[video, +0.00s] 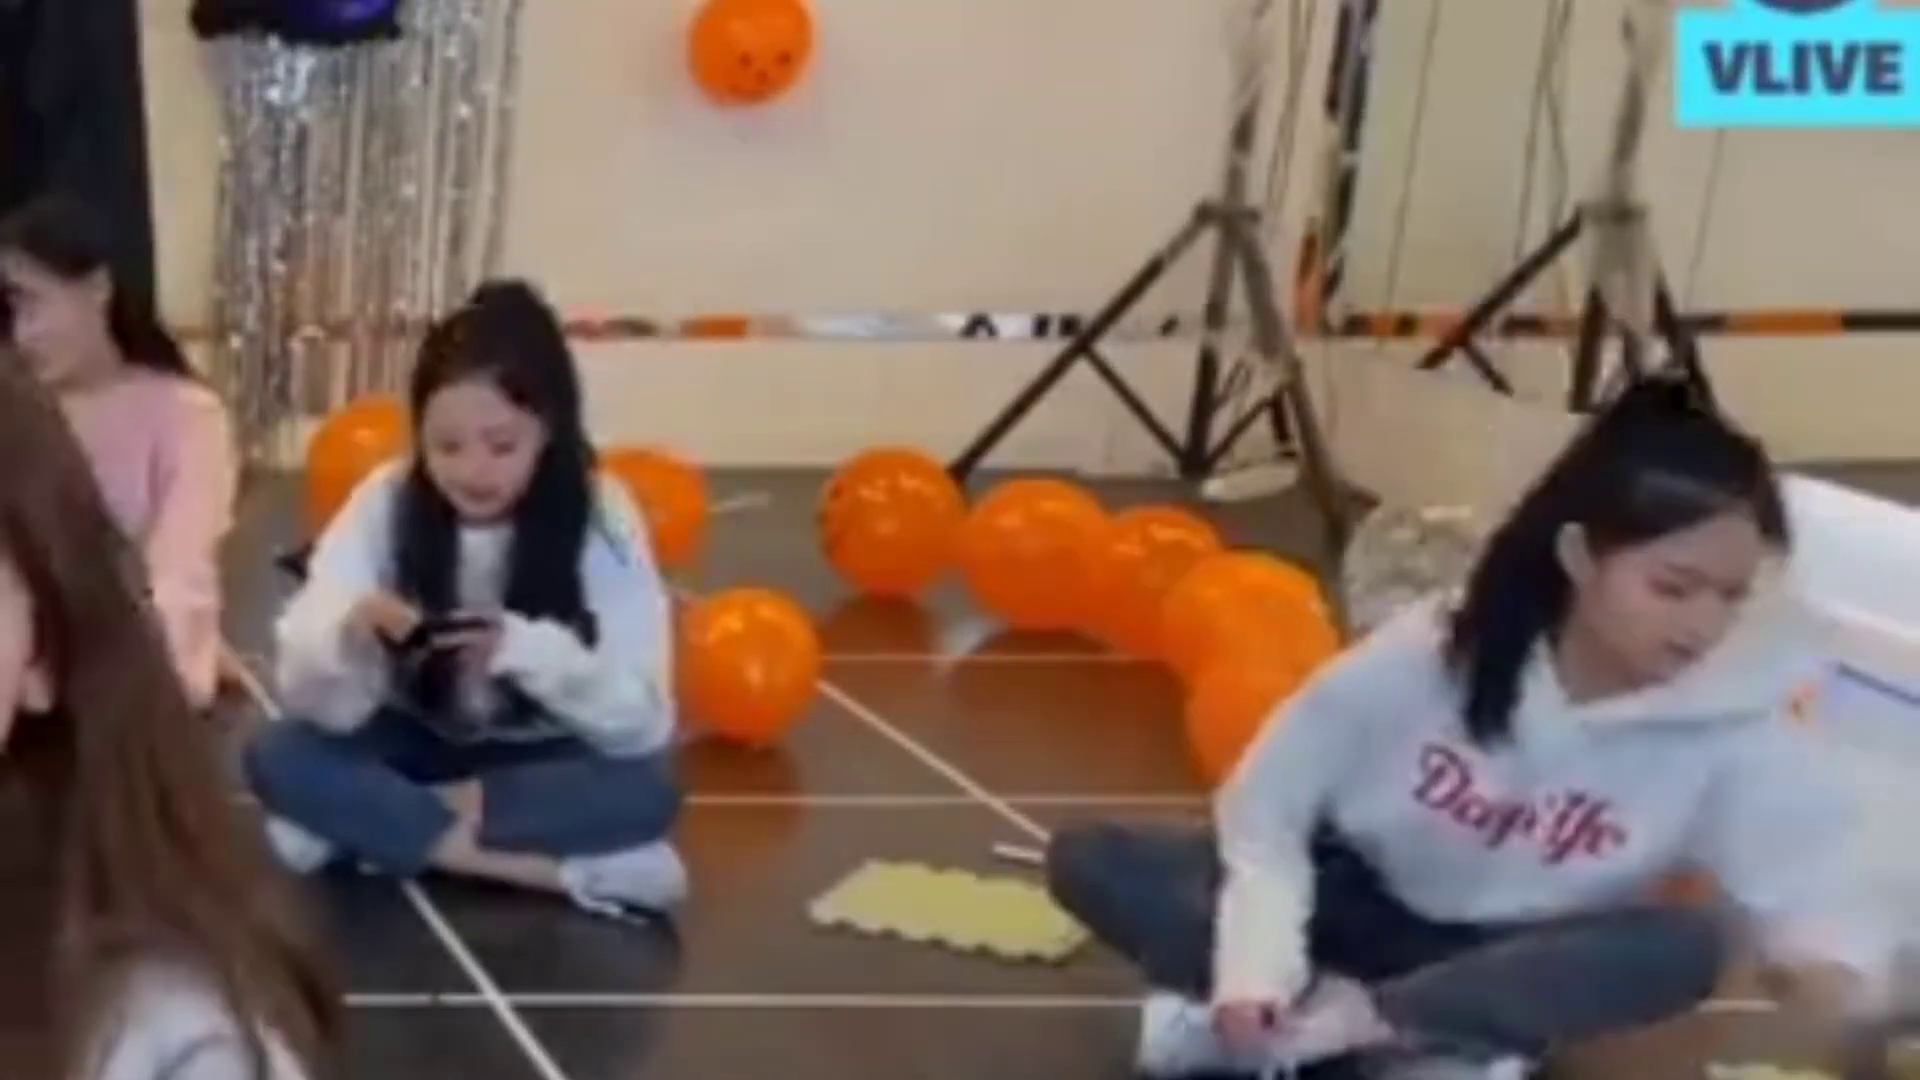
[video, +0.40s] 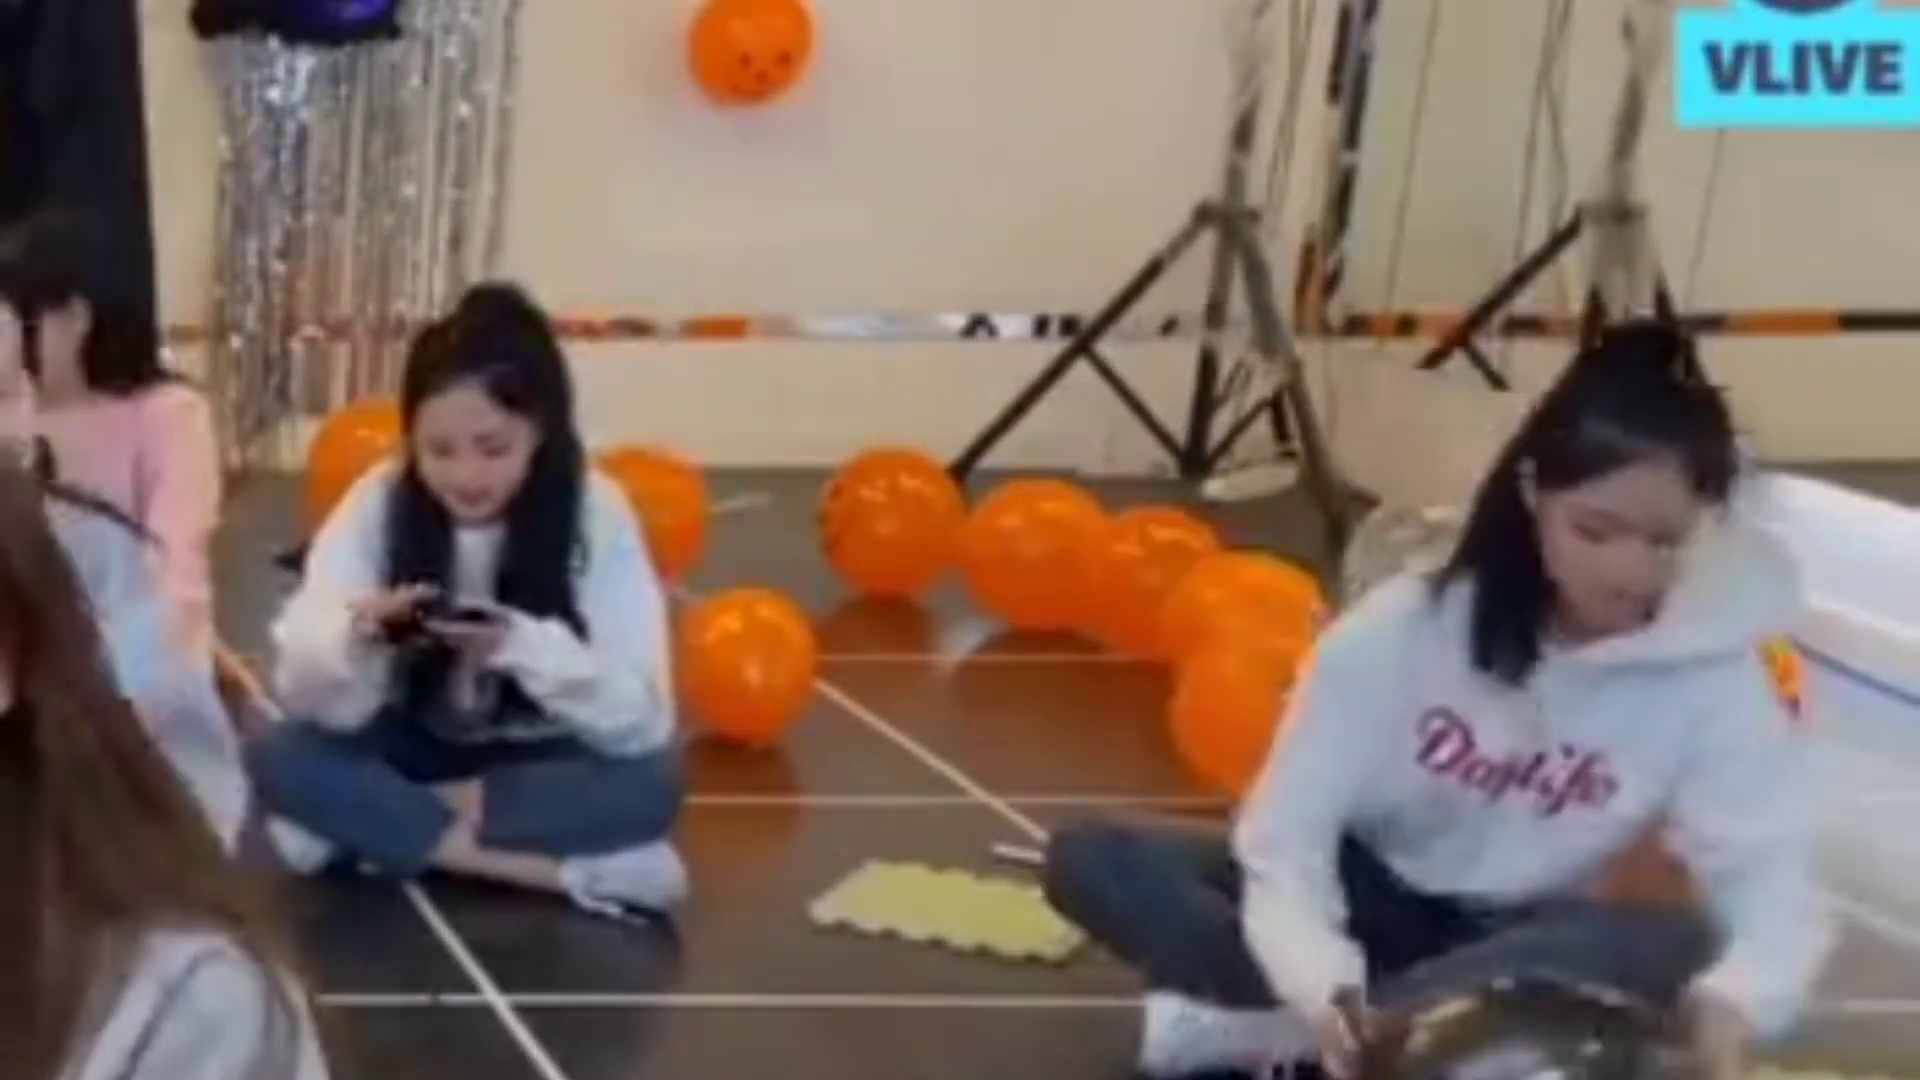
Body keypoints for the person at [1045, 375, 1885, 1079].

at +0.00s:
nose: (1701, 629)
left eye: (1729, 601)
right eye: (1675, 589)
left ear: (1753, 596)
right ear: (1578, 554)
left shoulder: (1725, 748)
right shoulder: (1417, 666)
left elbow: (1803, 896)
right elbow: (1263, 809)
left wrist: (1831, 972)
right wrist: (1256, 981)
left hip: (1502, 948)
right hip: (1344, 894)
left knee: (1692, 947)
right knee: (1092, 857)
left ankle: (1329, 1024)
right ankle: (1406, 1041)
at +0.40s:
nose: (1632, 574)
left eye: (1667, 541)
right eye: (1600, 534)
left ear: (1704, 529)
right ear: (1533, 503)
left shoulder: (1715, 679)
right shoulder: (1399, 631)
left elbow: (1777, 884)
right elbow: (1282, 834)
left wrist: (1732, 1003)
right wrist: (1334, 992)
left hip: (1511, 927)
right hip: (1352, 899)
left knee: (1665, 951)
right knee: (1086, 860)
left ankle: (1286, 1043)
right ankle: (1407, 1038)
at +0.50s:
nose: (1557, 522)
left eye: (1594, 493)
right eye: (1525, 484)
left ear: (1636, 492)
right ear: (1472, 469)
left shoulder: (1671, 651)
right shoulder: (1363, 625)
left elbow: (1713, 851)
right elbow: (1323, 834)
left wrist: (1681, 993)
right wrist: (1319, 991)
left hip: (1506, 916)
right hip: (1346, 886)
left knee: (1614, 941)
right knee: (1084, 858)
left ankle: (1285, 1046)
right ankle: (1370, 1043)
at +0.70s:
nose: (1392, 469)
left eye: (1427, 439)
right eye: (1360, 441)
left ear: (1483, 447)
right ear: (1322, 453)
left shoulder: (1554, 613)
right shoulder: (1257, 606)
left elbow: (1562, 827)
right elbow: (1217, 794)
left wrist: (1466, 957)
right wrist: (1238, 955)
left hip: (1464, 891)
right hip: (1288, 883)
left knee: (1660, 942)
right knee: (1074, 882)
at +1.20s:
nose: (1443, 393)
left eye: (1486, 368)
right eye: (1428, 365)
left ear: (1564, 394)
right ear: (1406, 376)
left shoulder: (1609, 573)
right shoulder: (1330, 535)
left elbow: (1597, 792)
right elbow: (1236, 698)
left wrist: (1458, 878)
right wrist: (1225, 836)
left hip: (1480, 860)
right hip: (1299, 832)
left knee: (1646, 906)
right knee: (1088, 856)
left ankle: (1305, 1027)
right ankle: (1408, 1040)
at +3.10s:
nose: (1393, 394)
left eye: (1423, 372)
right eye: (1374, 367)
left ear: (1489, 386)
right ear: (1334, 378)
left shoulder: (1539, 559)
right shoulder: (1267, 546)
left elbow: (1546, 791)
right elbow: (1200, 796)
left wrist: (1406, 841)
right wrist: (1163, 785)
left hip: (1460, 898)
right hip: (1289, 883)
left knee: (1643, 931)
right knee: (1082, 862)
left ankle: (1284, 1031)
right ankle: (1398, 1044)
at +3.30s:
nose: (1434, 387)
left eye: (1438, 367)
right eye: (1415, 377)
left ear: (1493, 389)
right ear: (1394, 437)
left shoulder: (1537, 548)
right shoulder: (1257, 558)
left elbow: (1468, 758)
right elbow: (1173, 732)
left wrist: (1305, 742)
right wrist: (1148, 813)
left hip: (1462, 891)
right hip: (1285, 879)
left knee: (1644, 933)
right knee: (1071, 869)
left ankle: (1281, 1031)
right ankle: (1404, 1044)